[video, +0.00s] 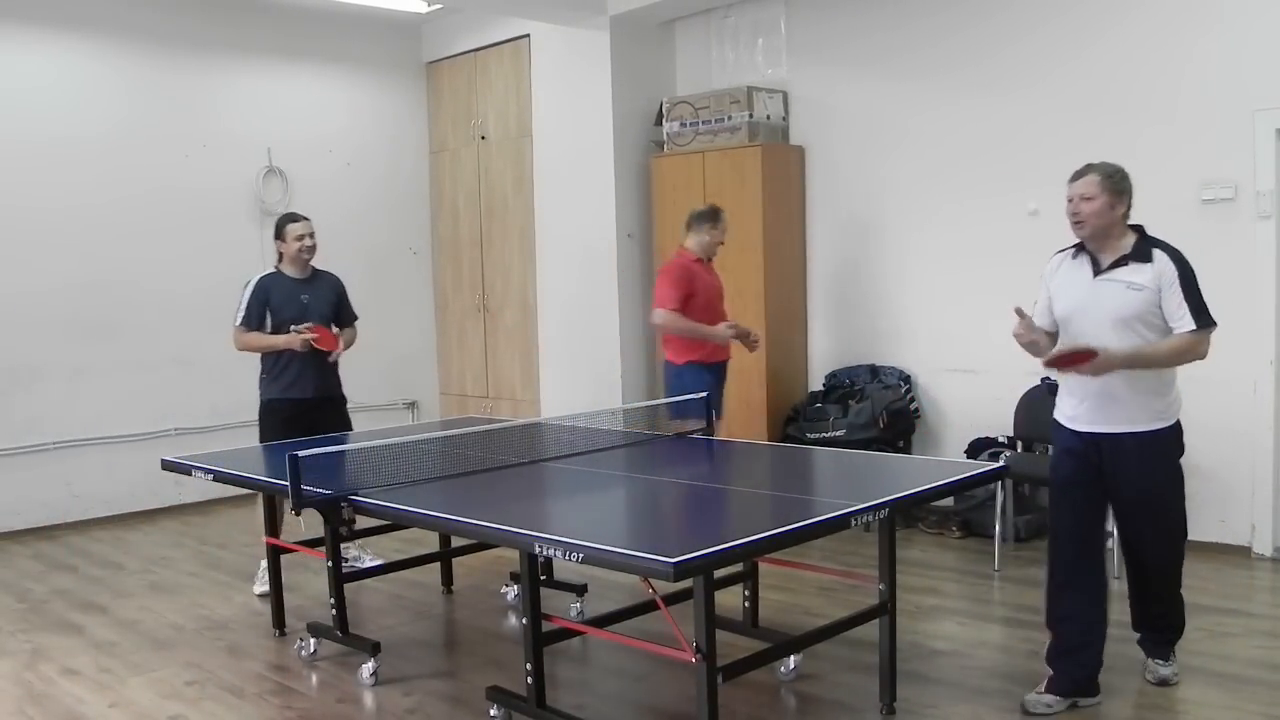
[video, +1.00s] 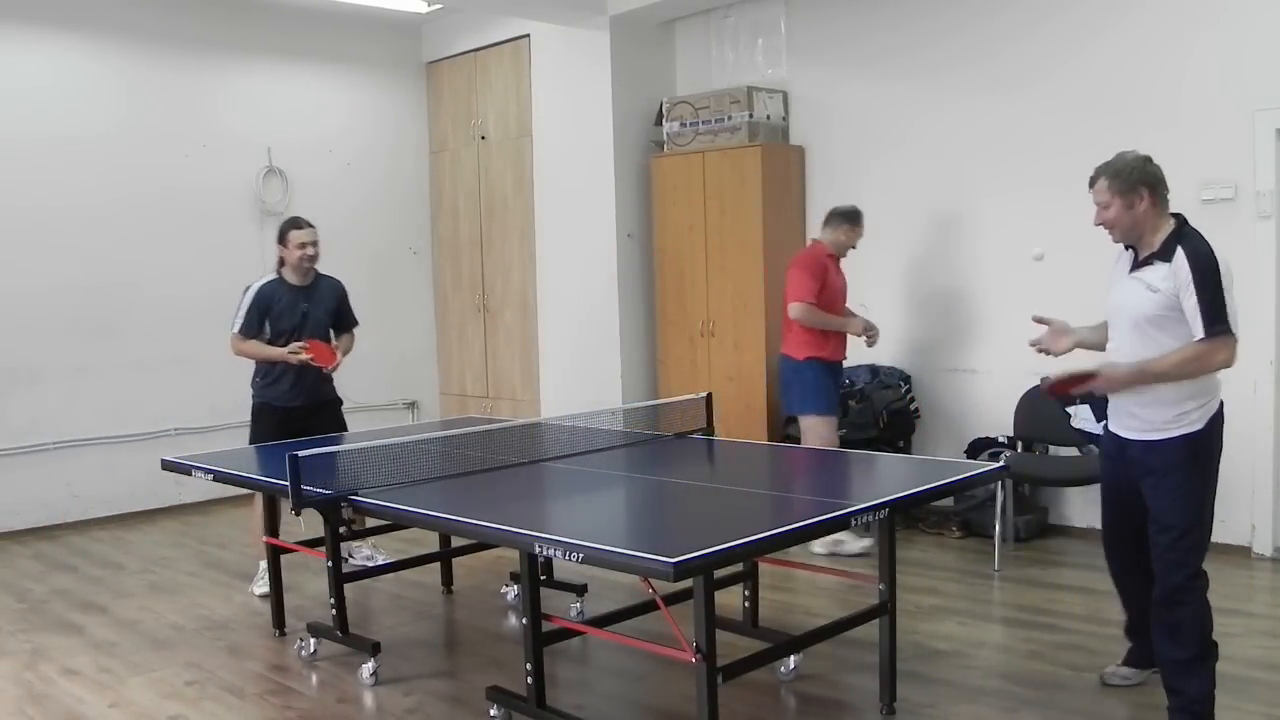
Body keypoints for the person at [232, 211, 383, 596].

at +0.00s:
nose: (310, 243)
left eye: (312, 236)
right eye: (301, 238)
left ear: (315, 241)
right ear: (281, 245)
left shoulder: (331, 283)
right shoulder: (263, 287)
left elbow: (350, 329)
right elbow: (242, 339)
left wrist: (341, 342)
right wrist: (287, 341)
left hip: (328, 402)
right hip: (281, 406)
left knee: (339, 476)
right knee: (276, 488)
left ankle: (342, 550)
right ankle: (270, 561)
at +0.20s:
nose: (286, 241)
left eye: (288, 235)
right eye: (277, 237)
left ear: (293, 238)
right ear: (258, 245)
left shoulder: (312, 280)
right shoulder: (243, 288)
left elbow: (329, 326)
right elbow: (223, 342)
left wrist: (319, 340)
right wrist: (270, 346)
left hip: (309, 402)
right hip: (262, 407)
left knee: (329, 476)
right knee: (261, 488)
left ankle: (342, 551)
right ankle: (266, 565)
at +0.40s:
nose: (275, 241)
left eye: (277, 234)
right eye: (266, 237)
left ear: (282, 237)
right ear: (246, 245)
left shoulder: (300, 279)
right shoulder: (231, 289)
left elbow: (320, 324)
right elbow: (214, 345)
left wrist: (312, 340)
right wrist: (264, 347)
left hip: (302, 401)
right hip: (256, 407)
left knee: (324, 475)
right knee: (258, 488)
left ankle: (339, 551)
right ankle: (267, 565)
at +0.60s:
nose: (271, 244)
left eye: (274, 237)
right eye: (262, 240)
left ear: (279, 239)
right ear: (243, 247)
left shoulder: (298, 279)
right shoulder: (229, 291)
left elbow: (318, 322)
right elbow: (214, 348)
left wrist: (311, 341)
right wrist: (263, 351)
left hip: (303, 401)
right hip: (255, 408)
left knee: (328, 472)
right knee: (258, 488)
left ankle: (343, 546)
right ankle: (267, 564)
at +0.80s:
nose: (282, 248)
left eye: (285, 240)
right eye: (273, 243)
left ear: (290, 242)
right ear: (254, 249)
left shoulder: (308, 282)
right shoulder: (238, 292)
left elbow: (328, 326)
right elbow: (220, 348)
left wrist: (318, 349)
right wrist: (266, 353)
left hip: (309, 403)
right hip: (261, 409)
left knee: (332, 472)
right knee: (259, 488)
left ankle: (348, 543)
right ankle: (266, 565)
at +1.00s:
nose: (310, 252)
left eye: (314, 245)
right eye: (302, 246)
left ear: (319, 248)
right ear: (282, 250)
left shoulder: (333, 289)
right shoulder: (262, 292)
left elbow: (347, 334)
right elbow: (239, 343)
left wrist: (337, 353)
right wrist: (282, 353)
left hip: (322, 405)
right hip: (274, 408)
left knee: (340, 476)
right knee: (268, 490)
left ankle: (348, 547)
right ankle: (267, 564)